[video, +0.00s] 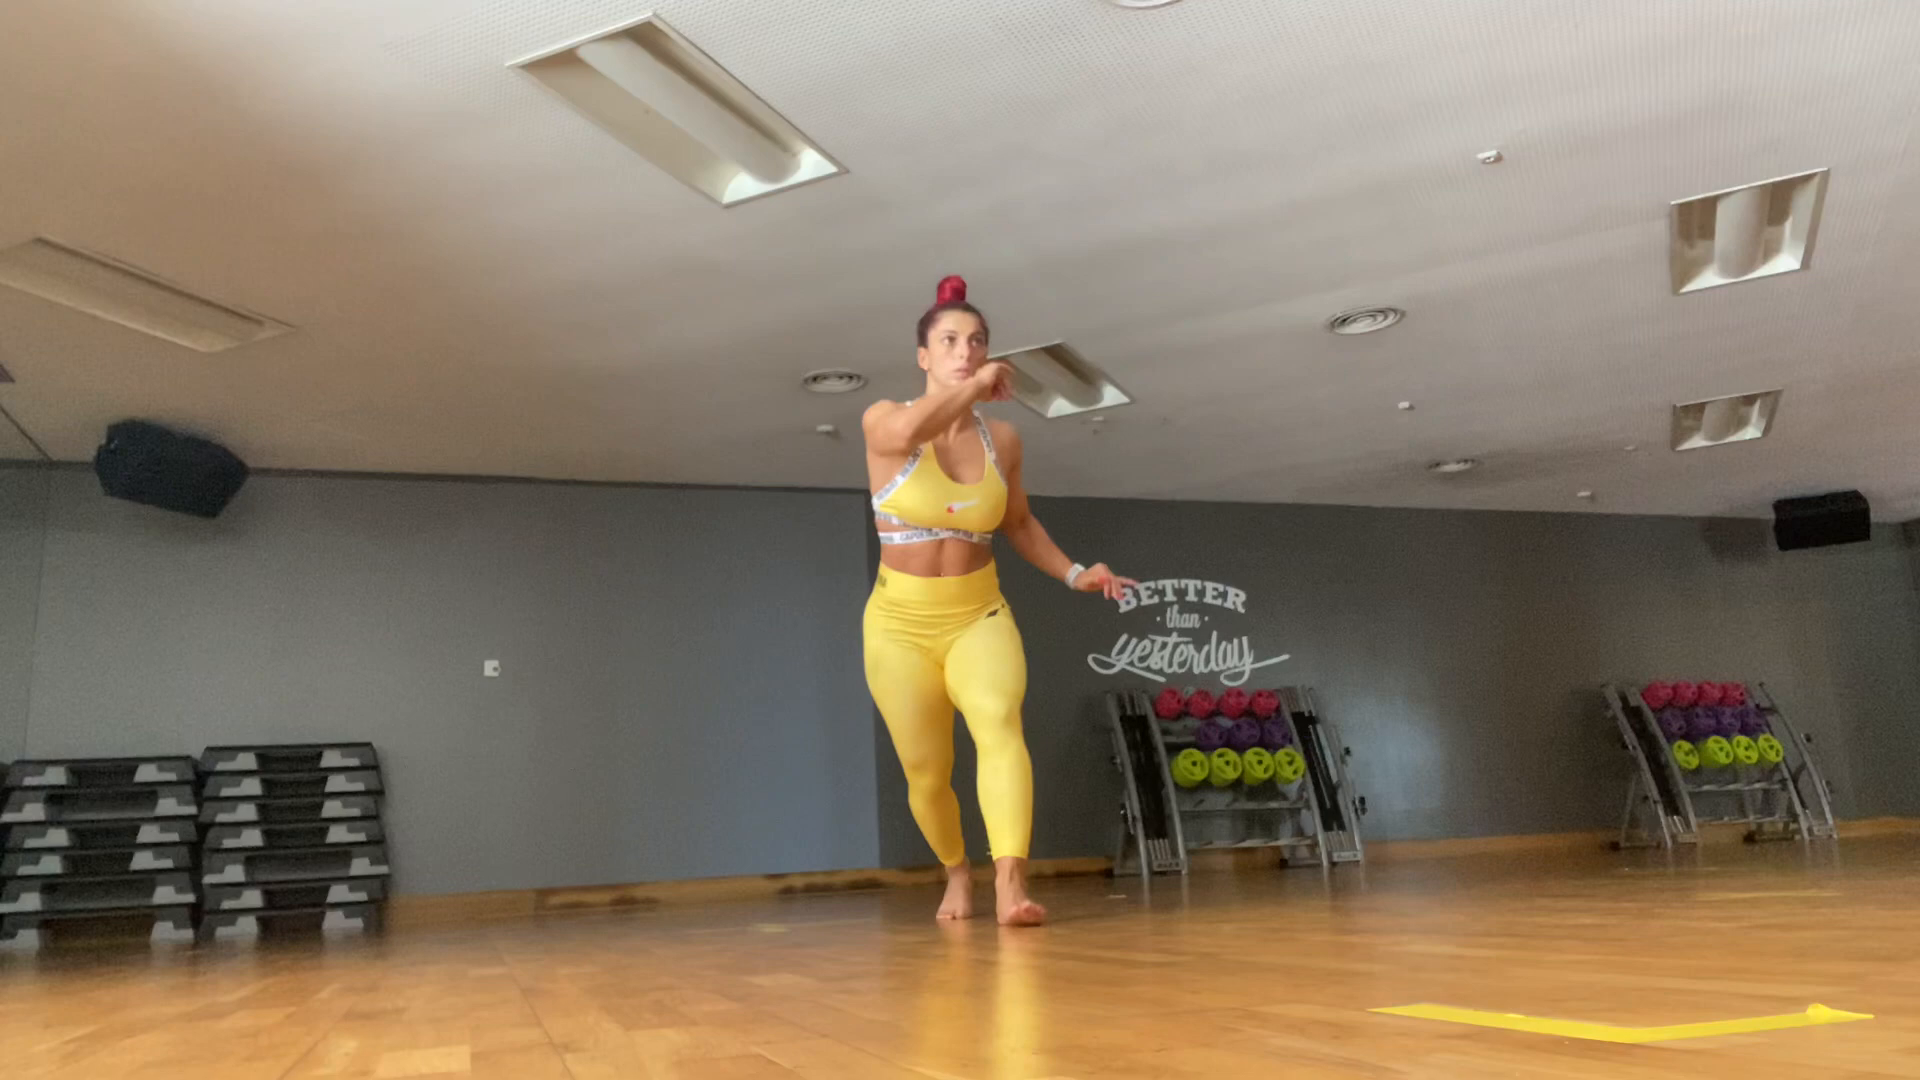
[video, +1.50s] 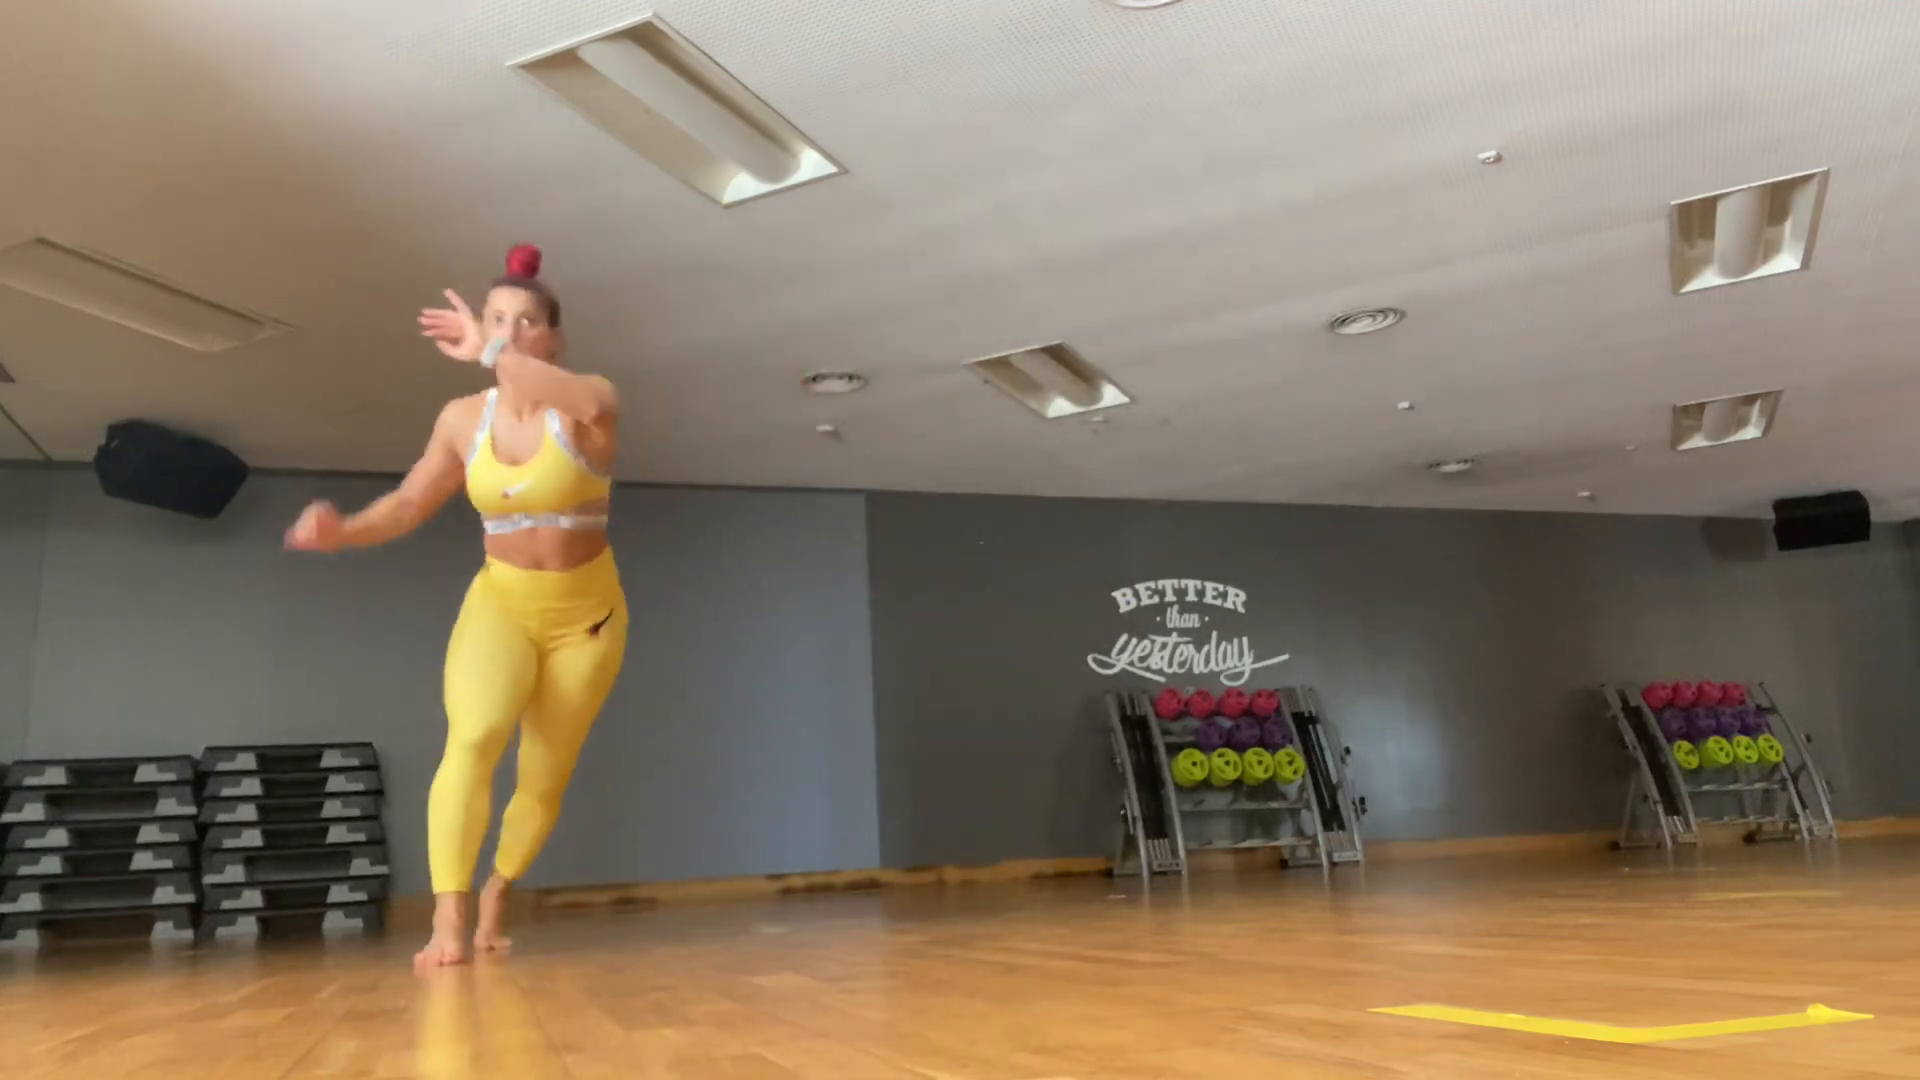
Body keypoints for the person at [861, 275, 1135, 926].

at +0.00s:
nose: (967, 352)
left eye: (976, 343)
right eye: (951, 341)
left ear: (989, 357)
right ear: (922, 356)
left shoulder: (1000, 437)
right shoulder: (883, 420)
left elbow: (1019, 523)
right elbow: (908, 430)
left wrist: (1074, 574)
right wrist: (972, 384)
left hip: (980, 617)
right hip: (897, 622)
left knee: (999, 721)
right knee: (925, 770)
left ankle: (1010, 881)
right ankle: (956, 873)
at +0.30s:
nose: (970, 291)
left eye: (981, 282)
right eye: (954, 281)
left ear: (992, 299)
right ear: (925, 297)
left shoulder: (1001, 398)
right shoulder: (886, 352)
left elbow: (1038, 492)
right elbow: (919, 385)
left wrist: (1073, 463)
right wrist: (1001, 336)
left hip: (939, 574)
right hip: (852, 570)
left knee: (979, 719)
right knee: (849, 744)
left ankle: (1009, 887)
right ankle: (860, 866)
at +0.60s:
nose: (836, 328)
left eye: (849, 315)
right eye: (818, 315)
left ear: (870, 330)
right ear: (791, 333)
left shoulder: (899, 415)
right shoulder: (758, 402)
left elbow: (975, 493)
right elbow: (765, 425)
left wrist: (1008, 500)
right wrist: (845, 366)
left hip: (875, 602)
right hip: (780, 606)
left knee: (947, 722)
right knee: (684, 738)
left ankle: (1003, 891)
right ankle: (593, 900)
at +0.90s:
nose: (648, 315)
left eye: (664, 302)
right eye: (632, 303)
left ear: (685, 321)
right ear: (607, 320)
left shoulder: (721, 400)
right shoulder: (568, 405)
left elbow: (822, 436)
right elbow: (465, 489)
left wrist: (860, 419)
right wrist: (469, 495)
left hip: (697, 591)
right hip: (599, 594)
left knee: (761, 736)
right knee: (555, 734)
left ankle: (814, 889)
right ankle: (561, 916)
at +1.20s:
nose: (564, 300)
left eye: (581, 293)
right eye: (556, 290)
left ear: (604, 318)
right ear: (538, 312)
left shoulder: (624, 391)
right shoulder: (496, 394)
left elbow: (659, 397)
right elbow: (472, 474)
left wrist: (586, 330)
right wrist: (421, 539)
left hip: (601, 603)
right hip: (515, 592)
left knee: (558, 759)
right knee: (519, 738)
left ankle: (505, 886)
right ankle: (537, 909)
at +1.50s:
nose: (505, 331)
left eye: (524, 320)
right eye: (495, 319)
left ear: (553, 335)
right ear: (483, 334)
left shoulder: (592, 401)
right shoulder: (462, 419)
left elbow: (574, 401)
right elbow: (410, 503)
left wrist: (492, 350)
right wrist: (345, 532)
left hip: (587, 612)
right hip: (500, 604)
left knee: (543, 780)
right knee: (473, 742)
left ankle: (498, 891)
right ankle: (450, 919)